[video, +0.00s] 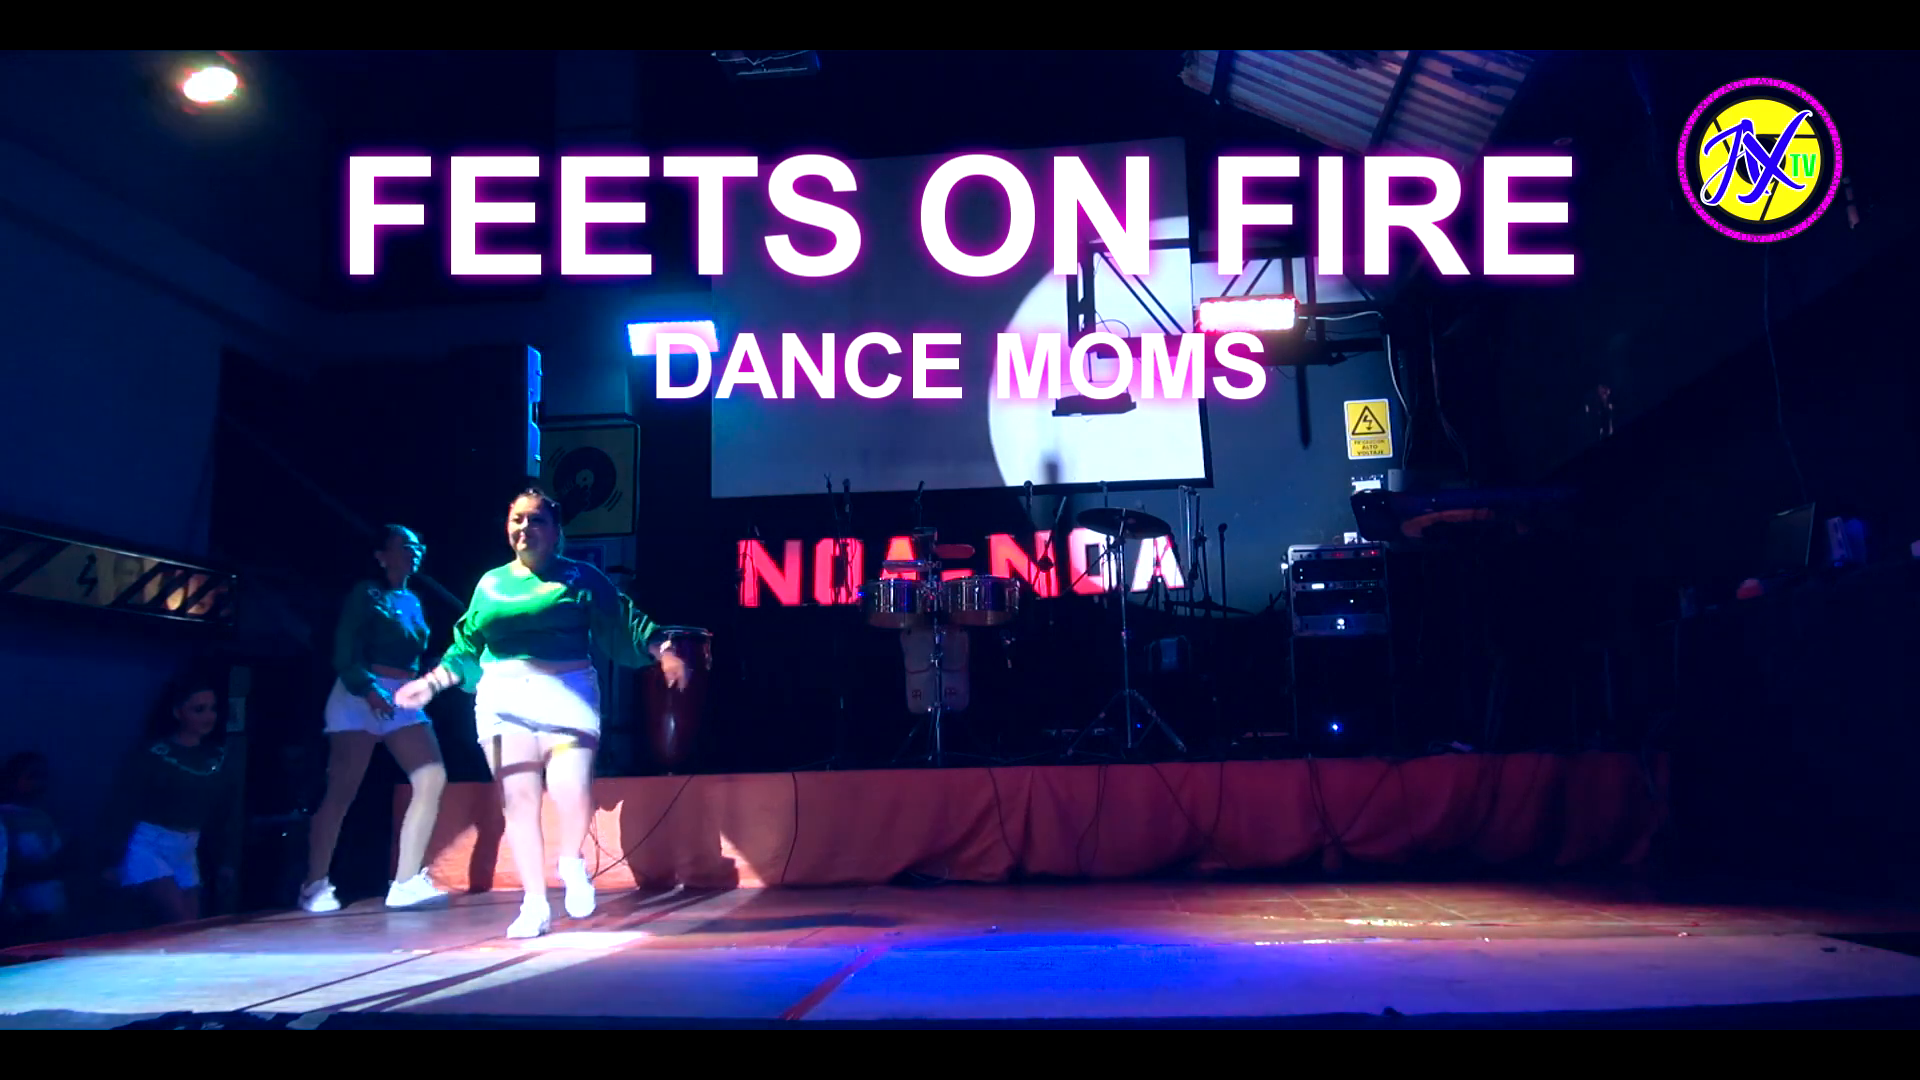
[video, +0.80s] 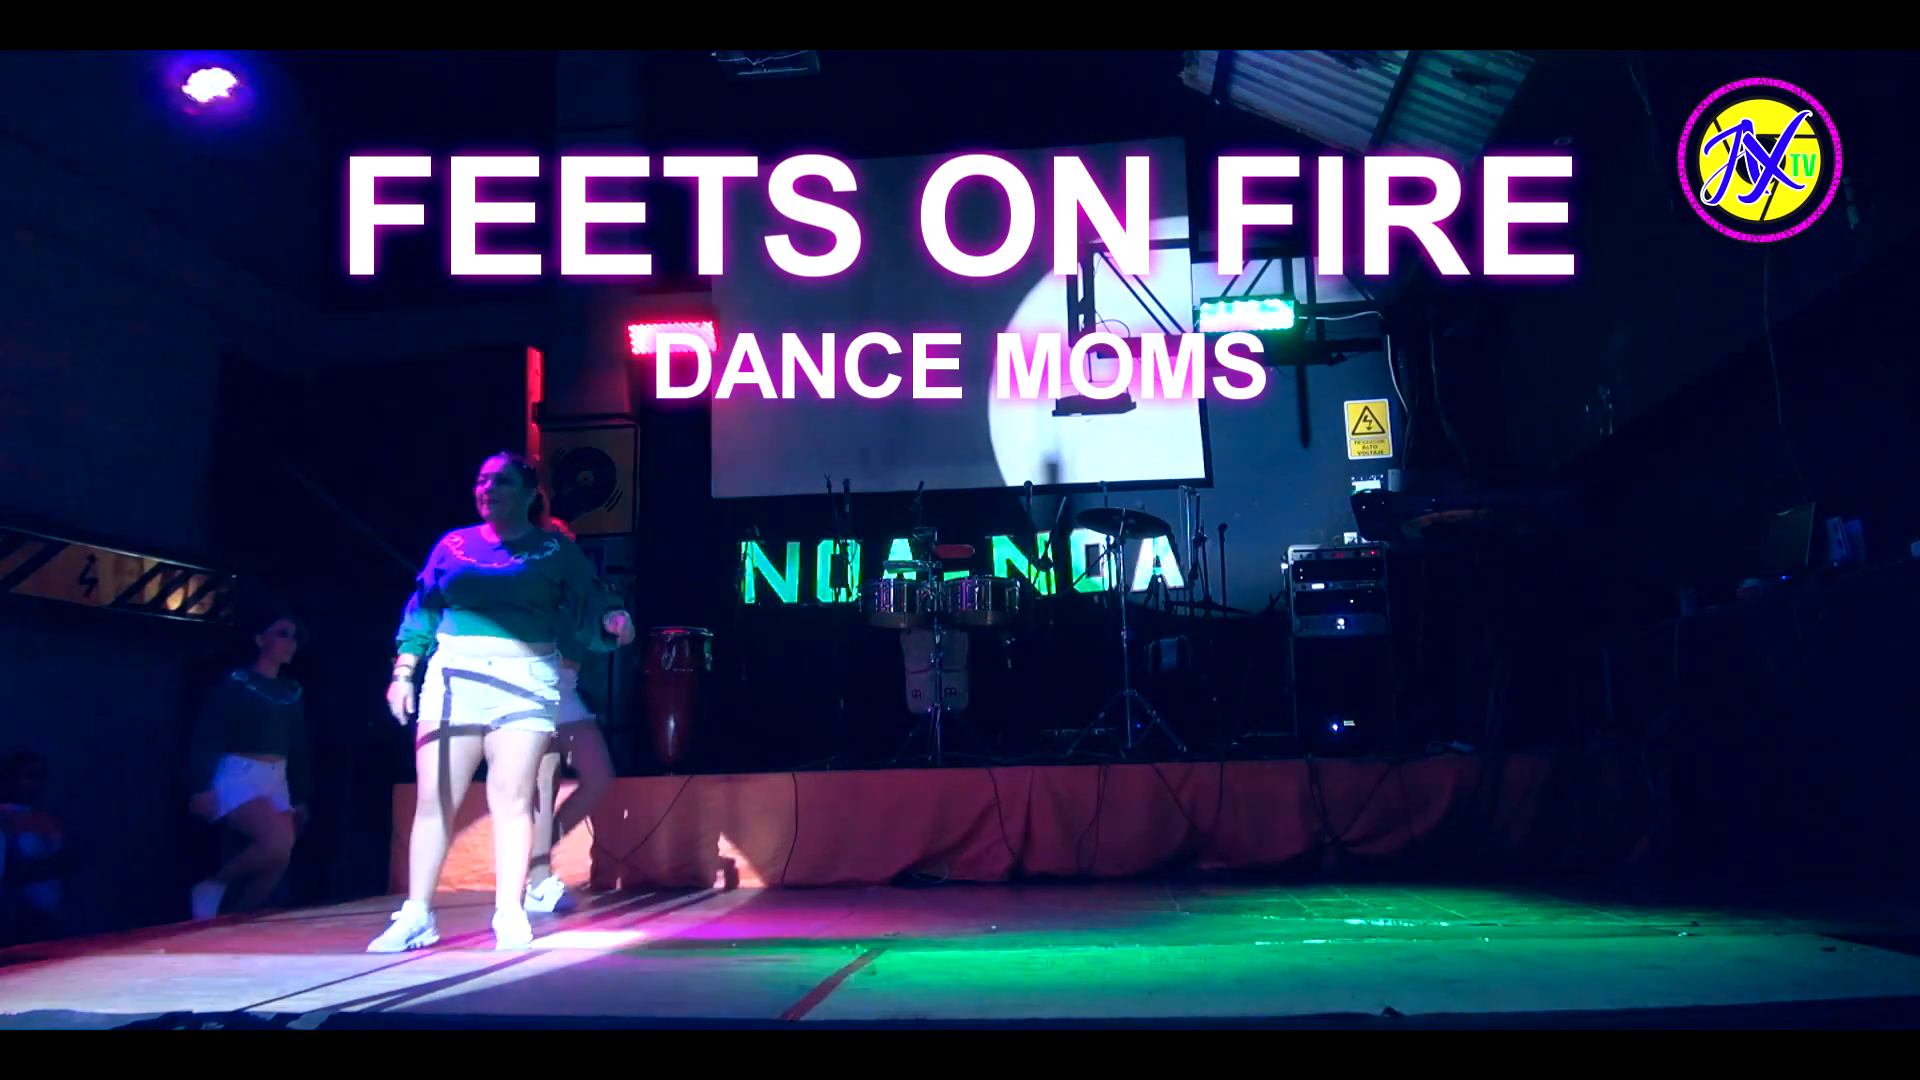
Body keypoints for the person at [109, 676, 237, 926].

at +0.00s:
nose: (209, 716)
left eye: (213, 709)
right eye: (199, 709)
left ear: (217, 710)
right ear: (179, 712)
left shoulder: (216, 760)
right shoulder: (155, 754)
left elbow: (221, 814)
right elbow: (128, 803)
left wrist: (223, 862)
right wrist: (113, 857)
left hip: (187, 851)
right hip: (149, 847)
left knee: (188, 926)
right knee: (184, 923)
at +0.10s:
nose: (218, 708)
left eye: (221, 700)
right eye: (209, 700)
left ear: (225, 701)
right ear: (186, 701)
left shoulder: (221, 748)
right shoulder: (161, 743)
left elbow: (226, 802)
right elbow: (139, 794)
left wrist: (229, 850)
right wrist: (133, 848)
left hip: (197, 835)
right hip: (161, 834)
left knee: (222, 907)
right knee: (176, 919)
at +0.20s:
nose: (226, 700)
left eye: (230, 693)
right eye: (218, 692)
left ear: (234, 696)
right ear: (196, 693)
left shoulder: (229, 740)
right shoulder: (169, 736)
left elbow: (233, 794)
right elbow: (154, 789)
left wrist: (237, 838)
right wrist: (161, 840)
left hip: (205, 825)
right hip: (165, 824)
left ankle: (201, 921)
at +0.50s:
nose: (257, 684)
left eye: (260, 677)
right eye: (250, 675)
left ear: (263, 683)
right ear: (228, 679)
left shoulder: (254, 729)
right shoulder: (204, 724)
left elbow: (254, 781)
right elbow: (191, 779)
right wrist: (216, 826)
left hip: (239, 810)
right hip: (198, 811)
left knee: (266, 862)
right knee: (189, 897)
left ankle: (232, 926)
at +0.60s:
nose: (271, 667)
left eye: (274, 660)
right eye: (263, 658)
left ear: (278, 667)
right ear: (242, 663)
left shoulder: (270, 713)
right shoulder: (219, 707)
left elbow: (274, 765)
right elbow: (203, 761)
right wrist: (215, 813)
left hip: (254, 800)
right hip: (213, 799)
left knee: (271, 867)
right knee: (205, 885)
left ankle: (232, 926)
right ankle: (179, 941)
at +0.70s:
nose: (282, 653)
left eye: (286, 646)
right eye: (274, 645)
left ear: (289, 654)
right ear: (252, 649)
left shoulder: (283, 701)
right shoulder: (228, 694)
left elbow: (290, 753)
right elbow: (207, 746)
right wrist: (205, 798)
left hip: (268, 785)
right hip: (229, 784)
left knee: (276, 865)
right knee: (240, 871)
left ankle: (240, 926)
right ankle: (201, 931)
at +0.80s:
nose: (291, 642)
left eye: (294, 637)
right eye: (283, 634)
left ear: (296, 646)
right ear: (261, 639)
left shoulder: (292, 693)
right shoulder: (235, 684)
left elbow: (298, 747)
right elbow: (210, 734)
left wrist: (299, 797)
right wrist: (201, 785)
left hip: (276, 777)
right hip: (238, 773)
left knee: (278, 855)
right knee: (276, 839)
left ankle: (241, 921)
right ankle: (213, 889)